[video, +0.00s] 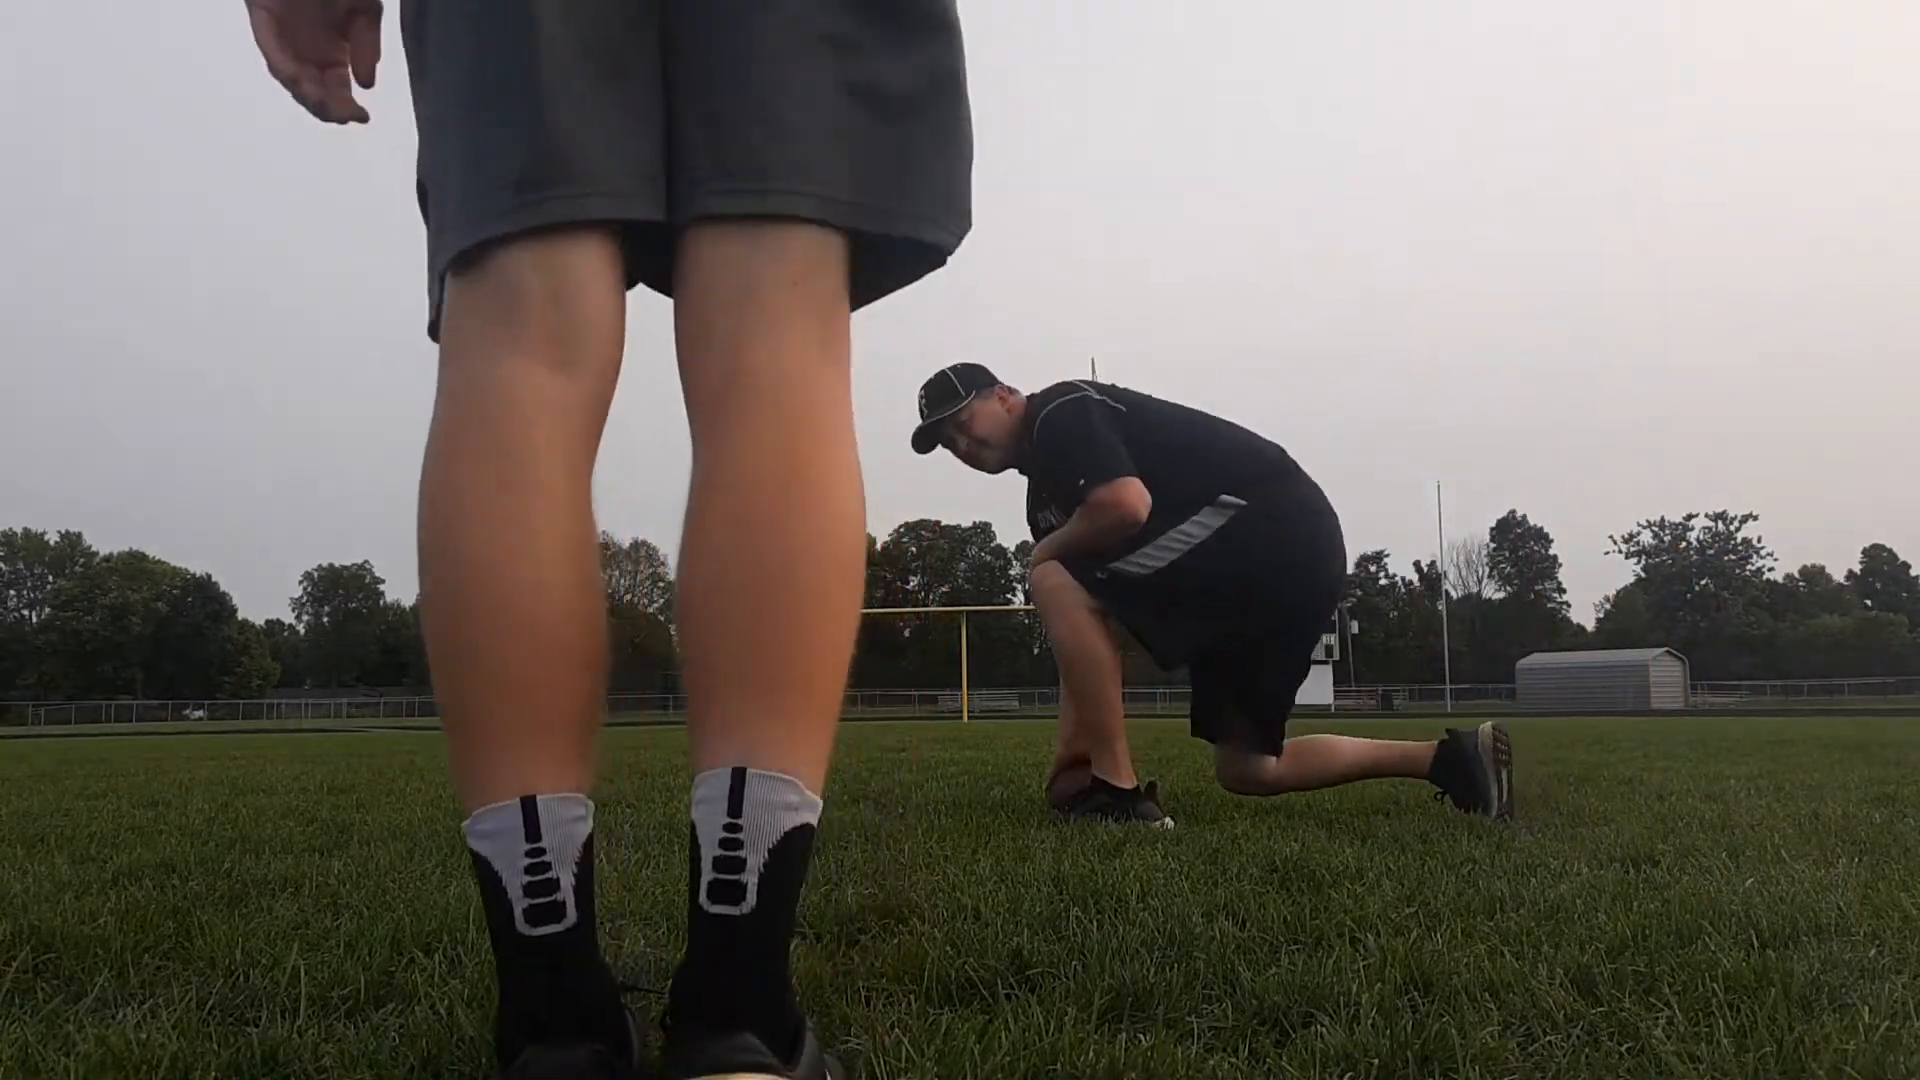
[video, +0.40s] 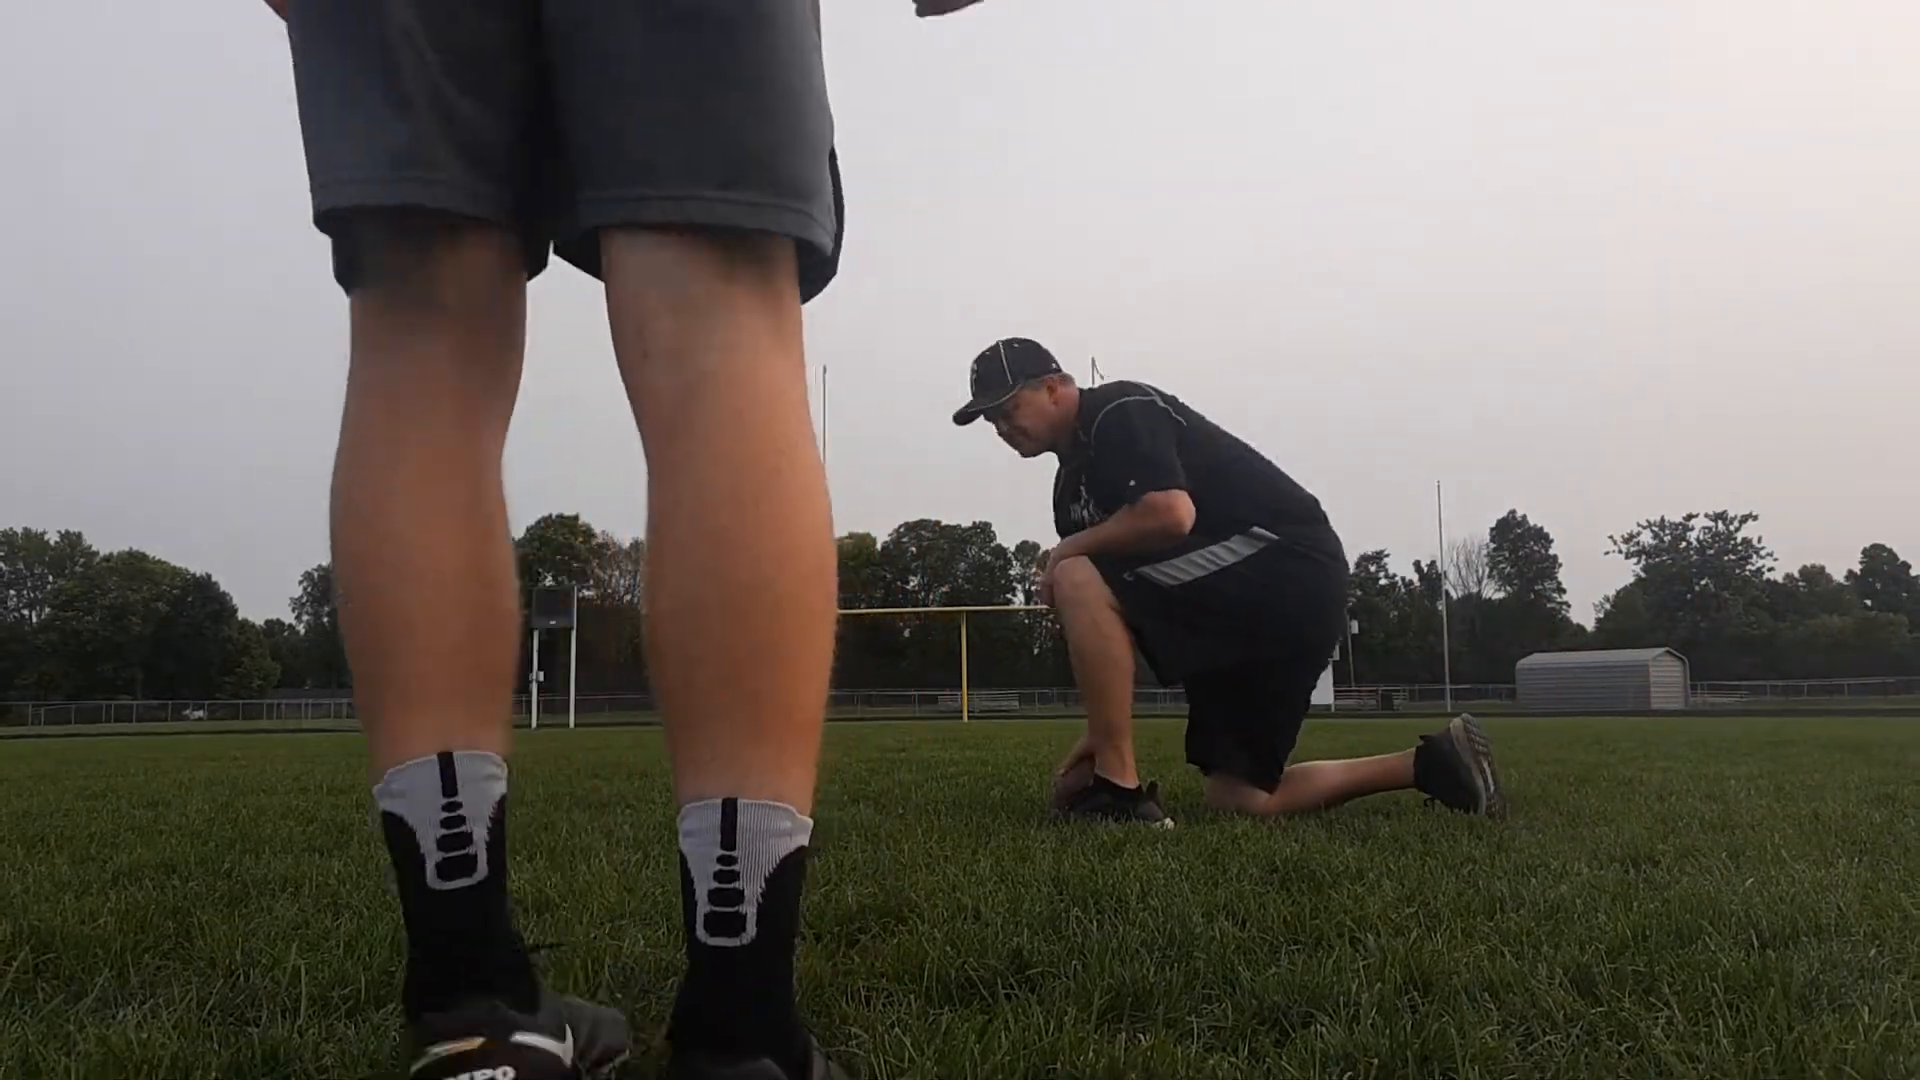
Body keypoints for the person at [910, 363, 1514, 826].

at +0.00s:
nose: (959, 448)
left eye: (959, 427)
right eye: (947, 443)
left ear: (996, 396)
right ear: (966, 446)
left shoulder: (1062, 411)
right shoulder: (1051, 498)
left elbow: (1127, 503)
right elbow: (1089, 630)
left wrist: (1045, 554)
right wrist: (1070, 755)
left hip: (1263, 522)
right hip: (1304, 554)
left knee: (1056, 578)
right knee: (1247, 767)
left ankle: (1120, 786)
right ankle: (1444, 759)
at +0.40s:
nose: (1003, 435)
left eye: (1005, 415)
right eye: (995, 424)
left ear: (1050, 388)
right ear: (1024, 409)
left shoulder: (1118, 408)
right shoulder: (1072, 495)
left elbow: (1169, 514)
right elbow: (1121, 622)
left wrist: (1065, 552)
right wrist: (1094, 748)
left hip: (1286, 559)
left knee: (1076, 576)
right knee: (1238, 797)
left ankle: (1120, 789)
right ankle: (1426, 764)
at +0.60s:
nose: (1046, 390)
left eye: (1048, 372)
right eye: (1040, 379)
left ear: (1091, 352)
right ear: (1089, 357)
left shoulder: (1158, 385)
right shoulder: (1117, 445)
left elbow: (1179, 503)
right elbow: (1138, 592)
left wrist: (1090, 553)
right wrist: (1123, 710)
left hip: (1289, 565)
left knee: (1085, 575)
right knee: (1238, 796)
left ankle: (1119, 785)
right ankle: (1428, 767)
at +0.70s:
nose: (1067, 374)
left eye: (1067, 357)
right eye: (1060, 363)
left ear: (1110, 336)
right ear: (1114, 341)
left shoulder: (1169, 377)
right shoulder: (1153, 413)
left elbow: (1179, 497)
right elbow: (1188, 547)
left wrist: (1091, 557)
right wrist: (1147, 658)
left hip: (1287, 562)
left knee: (1088, 577)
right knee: (1238, 795)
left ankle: (1120, 786)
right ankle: (1428, 766)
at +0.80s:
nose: (1085, 359)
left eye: (1087, 341)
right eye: (1078, 348)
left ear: (1129, 320)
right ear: (1132, 321)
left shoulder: (1182, 371)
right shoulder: (1189, 377)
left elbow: (1175, 500)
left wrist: (1101, 564)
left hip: (1287, 562)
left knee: (1089, 579)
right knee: (1236, 796)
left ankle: (1120, 788)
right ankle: (1429, 768)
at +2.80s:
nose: (1137, 315)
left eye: (1142, 300)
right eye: (1135, 303)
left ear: (1180, 293)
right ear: (1199, 293)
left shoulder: (1198, 362)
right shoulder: (1248, 361)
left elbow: (1166, 509)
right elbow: (1243, 509)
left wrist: (1138, 604)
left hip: (1248, 573)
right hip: (1294, 595)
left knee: (1056, 594)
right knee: (1236, 794)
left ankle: (1163, 775)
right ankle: (1425, 769)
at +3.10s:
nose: (1136, 318)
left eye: (1141, 301)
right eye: (1134, 305)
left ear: (1180, 294)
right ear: (1199, 295)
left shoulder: (1196, 364)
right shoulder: (1248, 363)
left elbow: (1165, 509)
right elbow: (1238, 511)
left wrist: (1136, 610)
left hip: (1248, 573)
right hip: (1294, 596)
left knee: (1055, 595)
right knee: (1237, 793)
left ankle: (1163, 775)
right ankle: (1426, 769)